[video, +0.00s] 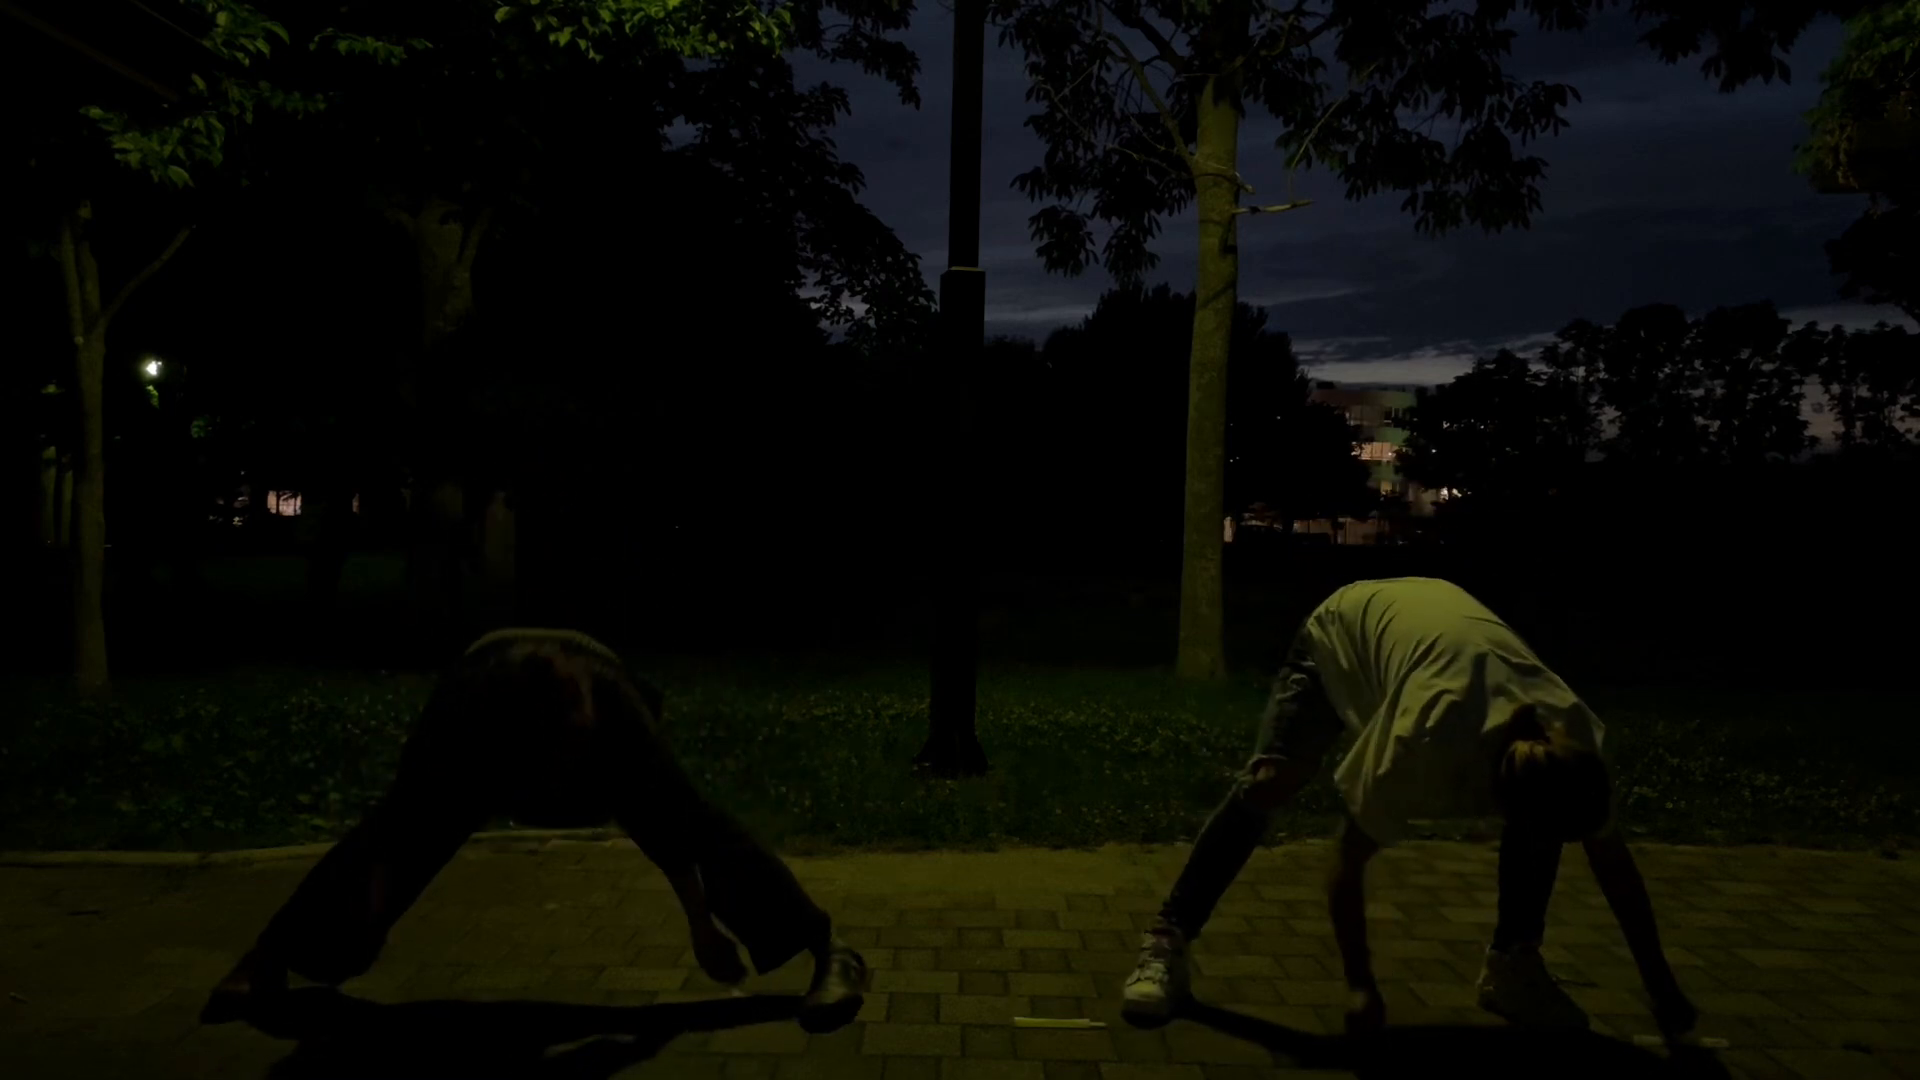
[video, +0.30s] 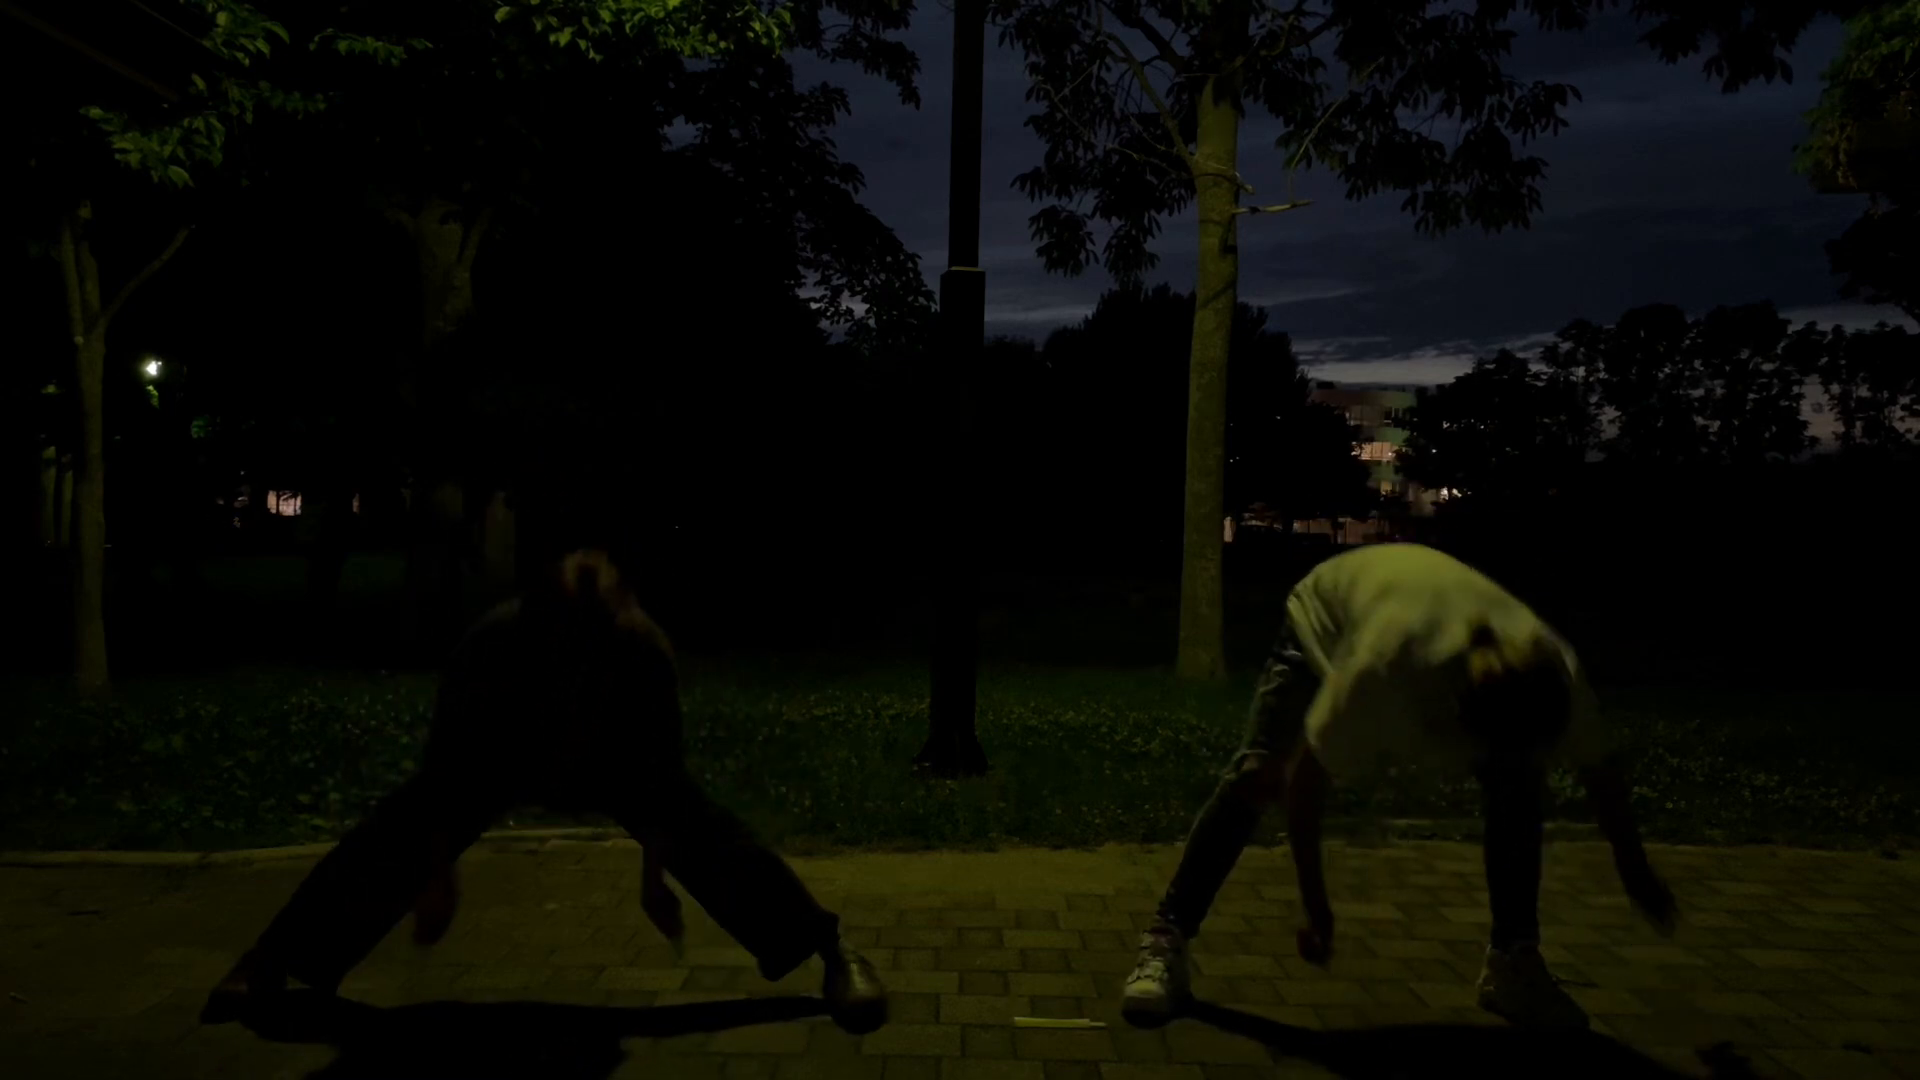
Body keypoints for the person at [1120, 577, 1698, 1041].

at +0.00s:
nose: (1537, 836)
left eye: (1556, 829)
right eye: (1535, 823)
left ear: (1586, 774)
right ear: (1511, 773)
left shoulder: (1577, 735)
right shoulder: (1426, 730)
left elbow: (1610, 857)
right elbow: (1347, 866)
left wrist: (1661, 982)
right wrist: (1362, 988)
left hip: (1450, 618)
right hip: (1343, 628)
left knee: (1546, 797)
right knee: (1265, 785)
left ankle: (1515, 968)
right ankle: (1166, 947)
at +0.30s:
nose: (1513, 756)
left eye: (1528, 747)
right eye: (1504, 745)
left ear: (1552, 701)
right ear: (1474, 704)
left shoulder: (1550, 666)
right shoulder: (1389, 662)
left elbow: (1602, 773)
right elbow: (1302, 781)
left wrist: (1634, 871)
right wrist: (1314, 909)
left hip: (1444, 604)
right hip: (1326, 616)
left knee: (1518, 789)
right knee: (1256, 774)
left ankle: (1515, 967)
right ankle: (1166, 946)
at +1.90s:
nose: (1256, 757)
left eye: (1270, 747)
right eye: (1247, 743)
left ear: (1313, 712)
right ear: (1231, 707)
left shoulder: (1394, 666)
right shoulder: (1215, 688)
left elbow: (1481, 674)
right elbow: (1148, 804)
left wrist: (1508, 765)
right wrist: (1074, 913)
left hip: (1388, 625)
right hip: (1270, 622)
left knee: (1511, 807)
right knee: (1195, 792)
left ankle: (1601, 975)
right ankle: (1160, 956)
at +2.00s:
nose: (1305, 707)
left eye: (1320, 692)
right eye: (1294, 689)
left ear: (1356, 659)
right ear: (1270, 653)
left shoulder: (1423, 614)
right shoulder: (1238, 634)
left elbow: (1498, 678)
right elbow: (1157, 718)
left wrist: (1529, 768)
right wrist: (1108, 803)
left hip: (1411, 683)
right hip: (1287, 702)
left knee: (1520, 802)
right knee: (1218, 792)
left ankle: (1600, 973)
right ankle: (1161, 951)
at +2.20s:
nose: (1374, 546)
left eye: (1389, 531)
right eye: (1366, 528)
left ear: (1424, 504)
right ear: (1346, 494)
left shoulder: (1483, 516)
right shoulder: (1300, 488)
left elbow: (1527, 636)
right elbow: (1253, 572)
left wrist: (1547, 726)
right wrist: (1216, 631)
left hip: (1438, 654)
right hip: (1323, 646)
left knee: (1541, 798)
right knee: (1240, 774)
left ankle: (1601, 973)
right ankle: (1155, 947)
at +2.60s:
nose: (1338, 439)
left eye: (1354, 422)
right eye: (1325, 422)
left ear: (1379, 408)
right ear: (1299, 406)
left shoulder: (1432, 451)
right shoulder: (1246, 451)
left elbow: (1500, 565)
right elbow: (1195, 551)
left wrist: (1513, 668)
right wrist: (1158, 643)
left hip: (1404, 675)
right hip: (1277, 673)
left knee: (1517, 808)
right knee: (1179, 794)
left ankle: (1601, 979)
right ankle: (1085, 953)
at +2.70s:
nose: (1333, 409)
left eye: (1346, 392)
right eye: (1320, 392)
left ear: (1370, 384)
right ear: (1290, 385)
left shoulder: (1413, 428)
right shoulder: (1237, 438)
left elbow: (1464, 543)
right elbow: (1162, 522)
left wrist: (1457, 640)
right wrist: (1119, 609)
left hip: (1403, 666)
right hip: (1279, 668)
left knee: (1516, 806)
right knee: (1184, 796)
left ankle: (1599, 976)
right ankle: (1085, 953)